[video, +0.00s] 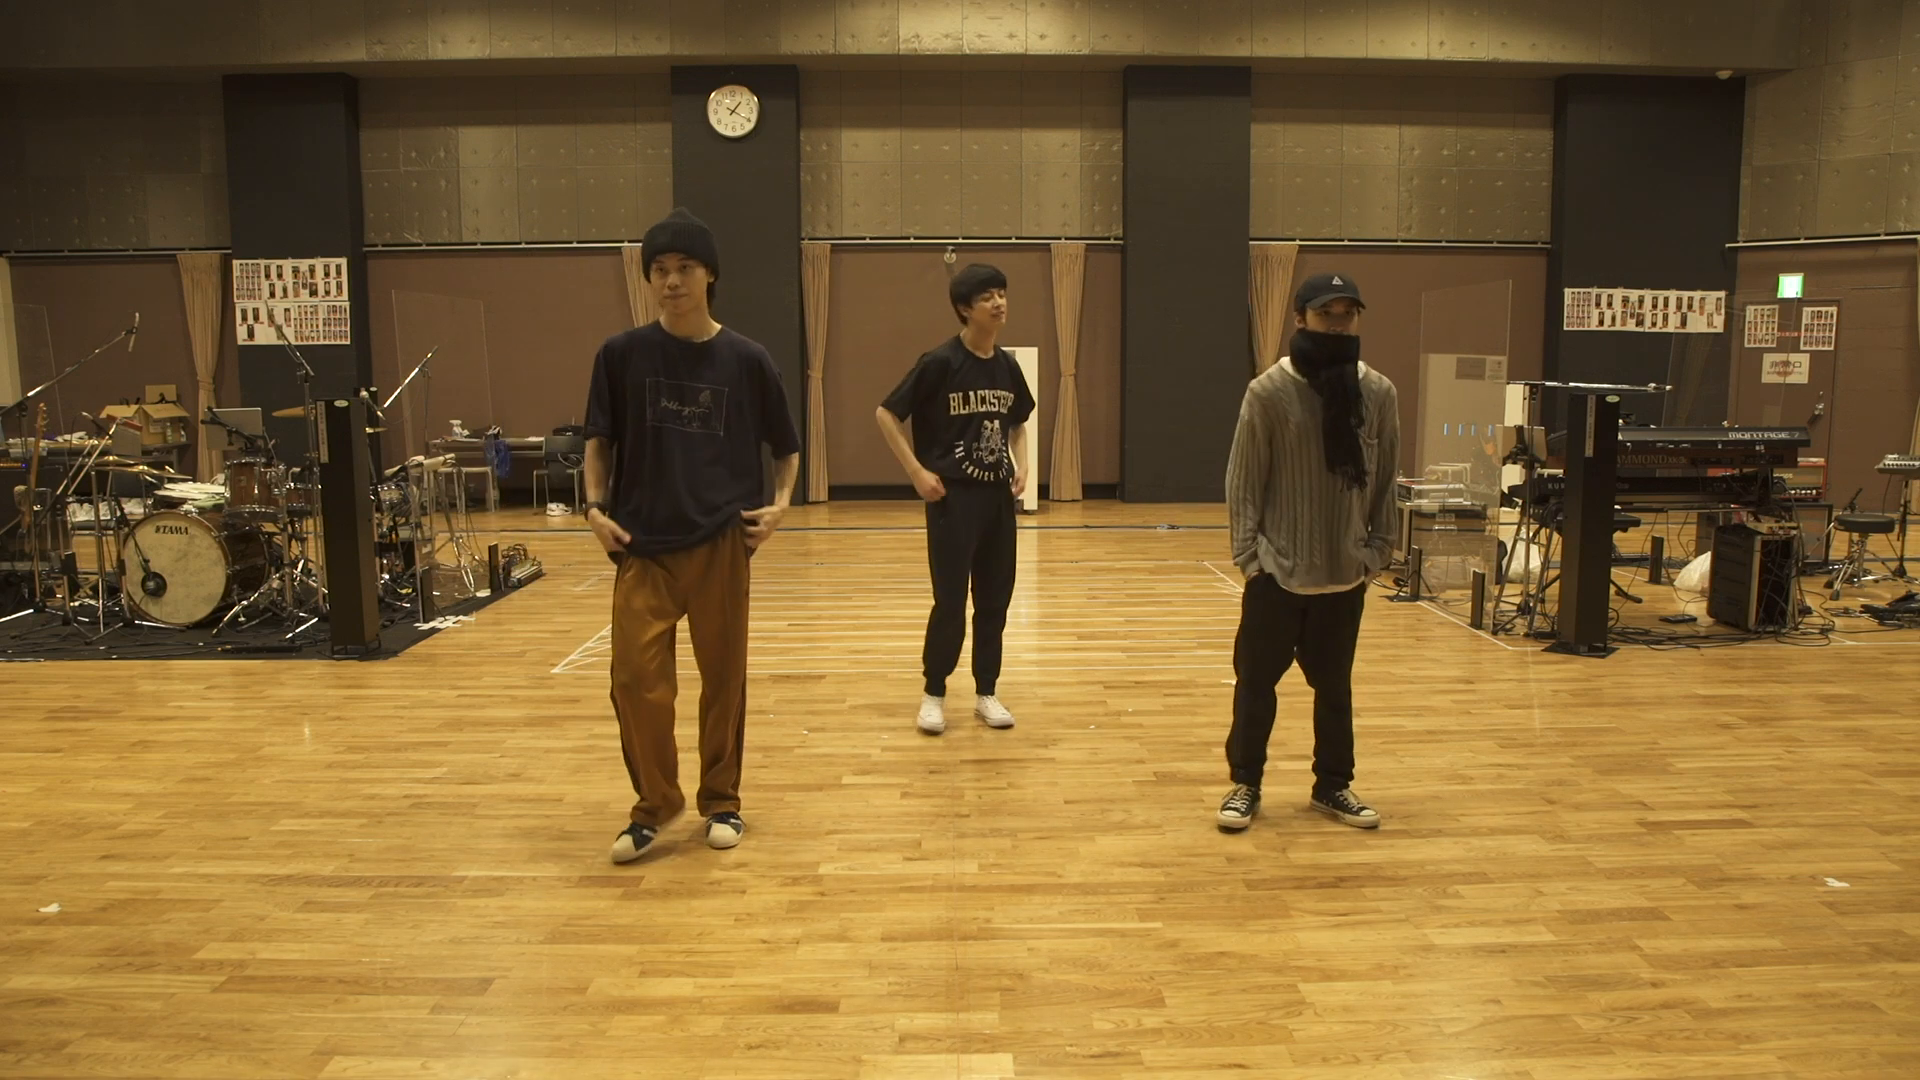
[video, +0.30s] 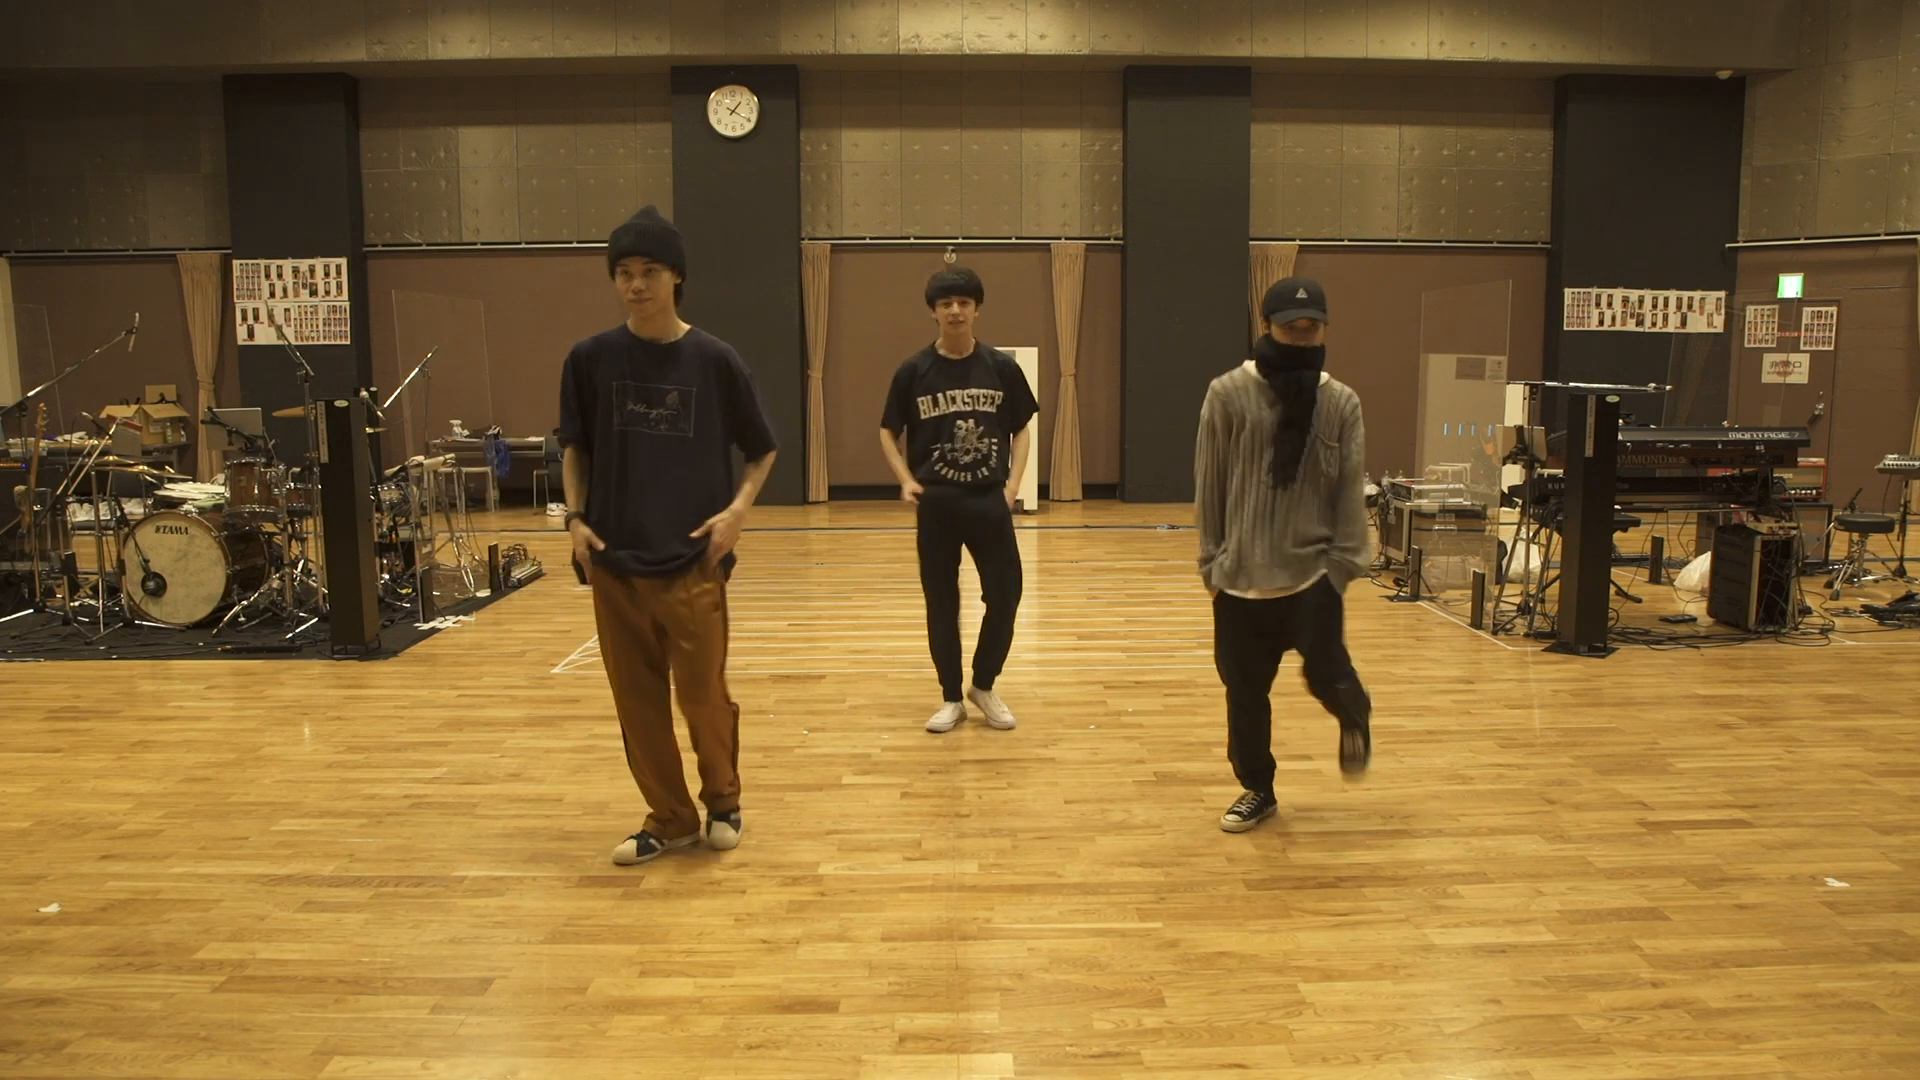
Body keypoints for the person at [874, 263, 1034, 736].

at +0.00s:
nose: (999, 304)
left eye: (1002, 296)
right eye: (988, 298)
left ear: (1006, 305)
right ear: (964, 308)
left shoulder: (1008, 366)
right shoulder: (938, 364)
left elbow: (1014, 423)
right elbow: (886, 414)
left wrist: (1020, 464)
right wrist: (915, 471)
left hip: (998, 498)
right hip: (951, 499)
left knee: (994, 603)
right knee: (950, 602)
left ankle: (986, 696)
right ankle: (934, 696)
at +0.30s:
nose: (954, 312)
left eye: (963, 303)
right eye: (946, 304)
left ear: (976, 309)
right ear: (933, 311)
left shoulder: (1003, 368)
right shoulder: (913, 372)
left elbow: (1021, 428)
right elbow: (888, 431)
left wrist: (1012, 485)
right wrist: (906, 480)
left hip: (989, 504)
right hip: (936, 505)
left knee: (1006, 594)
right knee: (941, 603)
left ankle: (983, 687)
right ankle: (952, 699)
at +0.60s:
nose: (916, 349)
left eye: (925, 340)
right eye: (913, 340)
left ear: (953, 342)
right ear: (913, 342)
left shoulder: (969, 391)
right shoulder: (932, 392)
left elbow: (976, 469)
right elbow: (932, 466)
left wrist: (947, 532)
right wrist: (920, 521)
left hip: (967, 526)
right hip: (934, 520)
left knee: (947, 626)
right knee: (909, 621)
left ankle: (993, 736)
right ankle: (965, 703)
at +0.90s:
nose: (922, 318)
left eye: (931, 308)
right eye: (913, 309)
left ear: (950, 301)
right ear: (903, 308)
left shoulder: (979, 330)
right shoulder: (899, 357)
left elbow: (1010, 399)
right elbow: (914, 421)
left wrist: (989, 456)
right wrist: (928, 474)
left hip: (993, 457)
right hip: (944, 469)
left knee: (998, 541)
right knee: (947, 575)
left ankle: (1010, 638)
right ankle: (973, 684)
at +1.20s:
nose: (946, 337)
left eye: (954, 328)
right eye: (937, 328)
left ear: (967, 325)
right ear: (923, 328)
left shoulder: (993, 365)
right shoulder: (906, 379)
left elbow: (1009, 429)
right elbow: (900, 446)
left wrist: (1012, 488)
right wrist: (922, 498)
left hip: (997, 502)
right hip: (943, 508)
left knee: (1002, 603)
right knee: (962, 610)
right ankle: (1008, 695)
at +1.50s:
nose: (952, 345)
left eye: (960, 336)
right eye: (943, 336)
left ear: (971, 341)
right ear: (928, 342)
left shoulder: (990, 390)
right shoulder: (910, 405)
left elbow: (1000, 455)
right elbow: (895, 476)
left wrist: (1007, 515)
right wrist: (922, 530)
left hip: (991, 530)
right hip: (939, 534)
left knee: (1023, 618)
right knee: (915, 632)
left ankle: (964, 659)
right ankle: (882, 703)